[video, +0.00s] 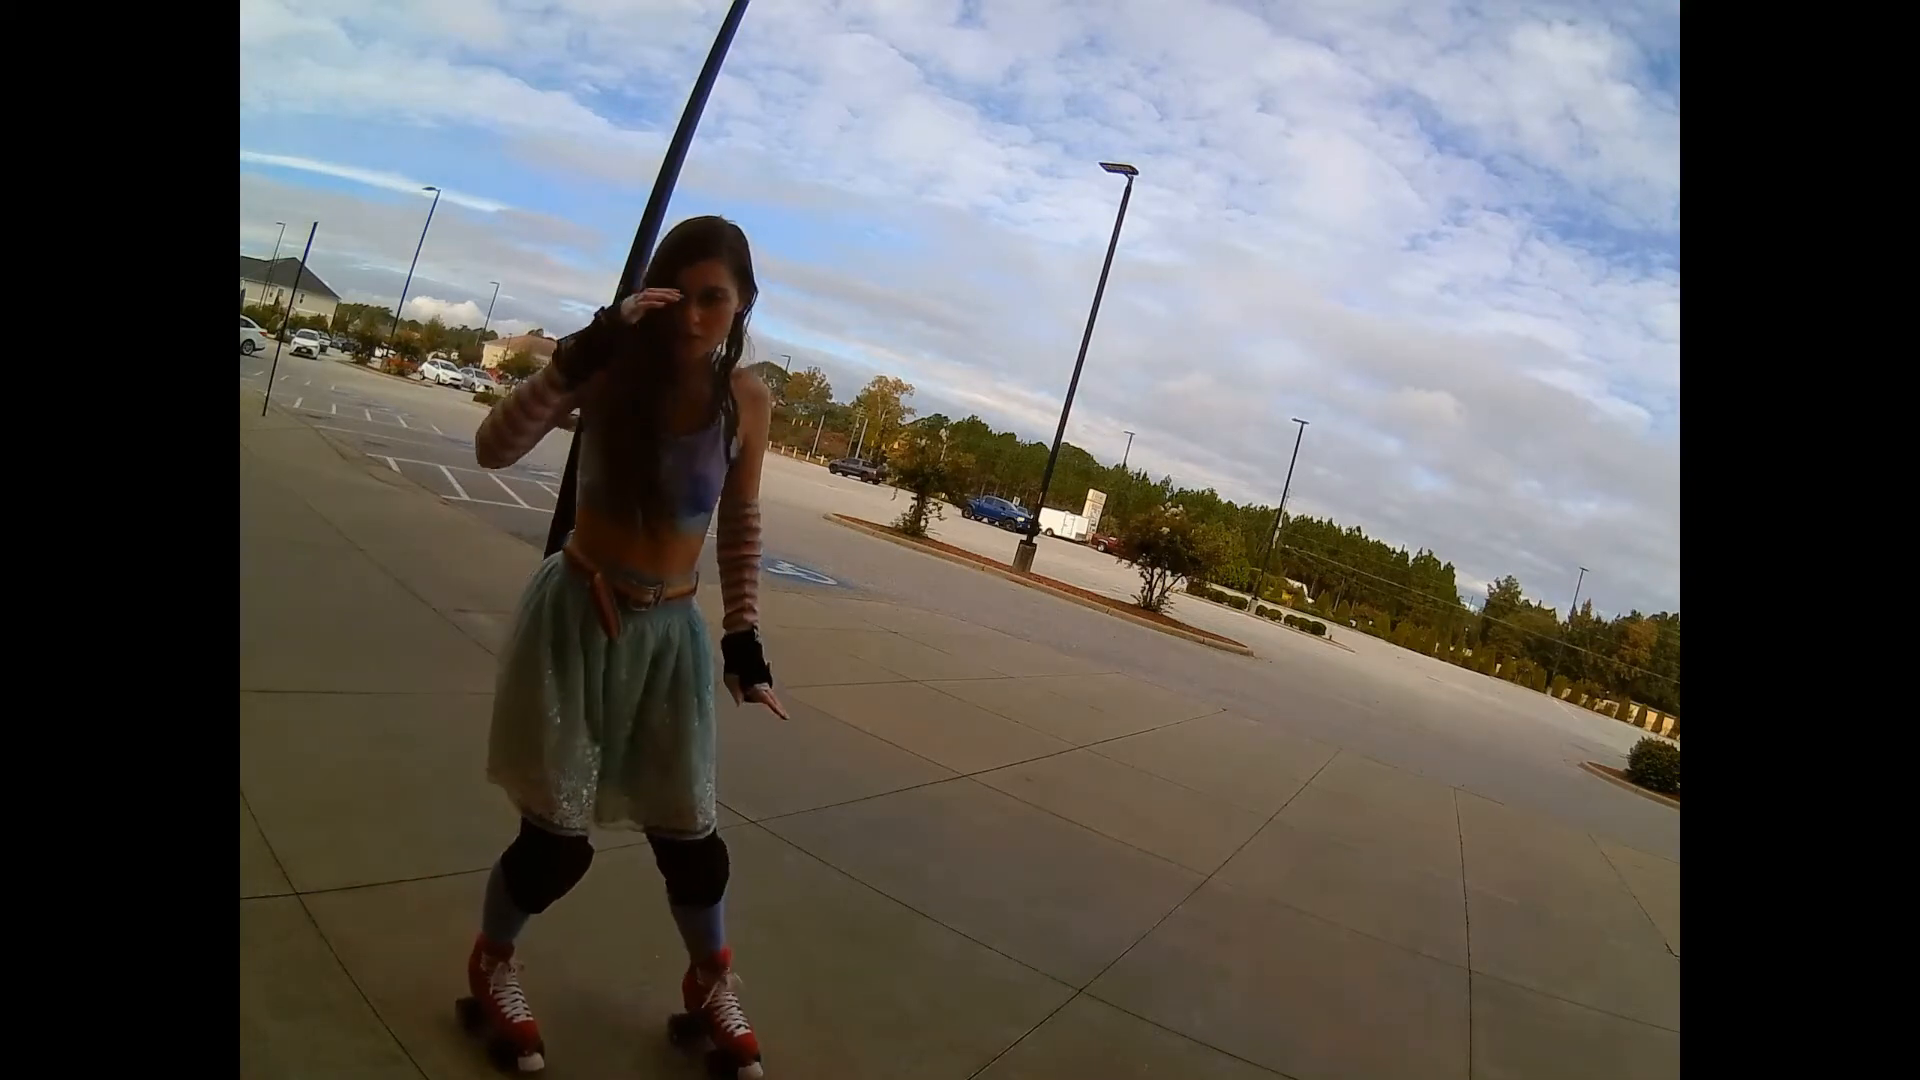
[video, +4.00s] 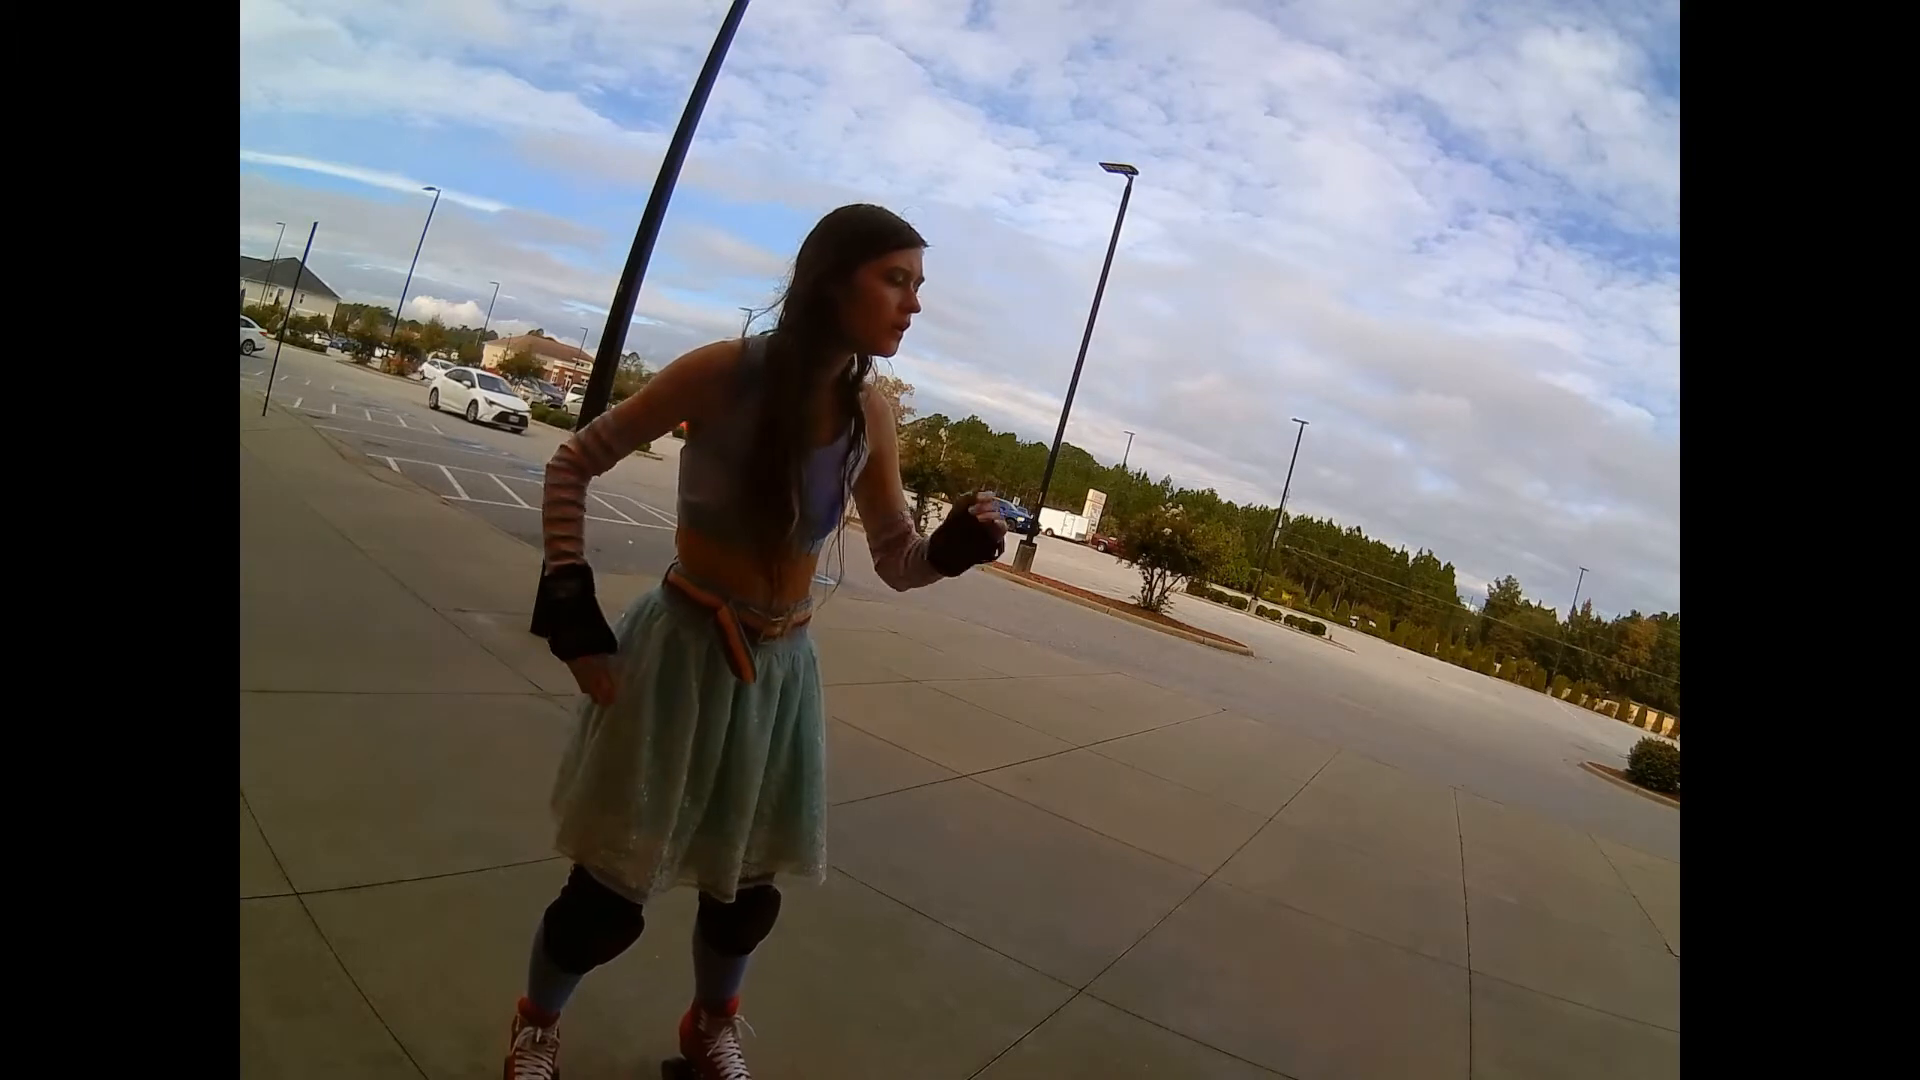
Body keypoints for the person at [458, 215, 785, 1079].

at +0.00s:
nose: (693, 313)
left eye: (714, 299)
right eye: (680, 294)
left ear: (741, 307)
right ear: (653, 293)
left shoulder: (744, 399)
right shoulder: (607, 363)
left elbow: (741, 523)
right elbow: (495, 449)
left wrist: (742, 634)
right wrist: (593, 348)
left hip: (672, 629)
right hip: (574, 615)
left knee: (694, 848)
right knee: (557, 847)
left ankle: (711, 990)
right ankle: (491, 964)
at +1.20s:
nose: (778, 316)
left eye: (803, 302)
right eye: (765, 290)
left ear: (824, 315)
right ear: (730, 285)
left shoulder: (813, 405)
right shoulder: (670, 364)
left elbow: (797, 524)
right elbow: (544, 454)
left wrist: (809, 552)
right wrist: (597, 374)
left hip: (726, 631)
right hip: (630, 616)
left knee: (692, 844)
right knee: (579, 854)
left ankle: (656, 973)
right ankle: (535, 1004)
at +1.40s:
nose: (767, 322)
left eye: (792, 307)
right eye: (755, 295)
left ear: (816, 319)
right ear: (722, 288)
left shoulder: (795, 408)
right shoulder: (660, 367)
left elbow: (808, 550)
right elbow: (532, 468)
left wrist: (810, 435)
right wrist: (583, 367)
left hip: (720, 637)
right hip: (625, 624)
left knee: (686, 848)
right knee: (582, 866)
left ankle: (650, 967)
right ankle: (536, 1016)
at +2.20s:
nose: (774, 327)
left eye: (799, 304)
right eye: (755, 300)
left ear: (832, 317)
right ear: (723, 300)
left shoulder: (818, 414)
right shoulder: (658, 384)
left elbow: (784, 568)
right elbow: (533, 516)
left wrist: (771, 514)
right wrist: (537, 479)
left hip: (713, 647)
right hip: (616, 637)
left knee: (694, 868)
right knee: (590, 895)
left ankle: (663, 990)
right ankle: (536, 1041)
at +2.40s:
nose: (797, 325)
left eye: (821, 305)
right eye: (778, 299)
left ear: (850, 319)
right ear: (743, 299)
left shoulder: (829, 417)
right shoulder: (675, 381)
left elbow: (801, 578)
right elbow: (566, 498)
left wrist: (775, 492)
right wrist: (570, 564)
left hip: (721, 651)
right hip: (623, 640)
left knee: (700, 877)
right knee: (591, 904)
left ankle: (674, 998)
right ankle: (535, 1043)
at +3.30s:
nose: (858, 290)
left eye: (883, 276)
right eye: (838, 267)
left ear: (905, 305)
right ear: (800, 280)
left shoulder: (890, 413)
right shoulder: (727, 367)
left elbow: (879, 518)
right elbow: (582, 425)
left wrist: (842, 612)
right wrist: (573, 560)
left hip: (778, 673)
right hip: (668, 647)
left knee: (747, 900)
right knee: (601, 897)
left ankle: (719, 1034)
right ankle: (536, 1035)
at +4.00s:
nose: (914, 302)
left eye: (918, 284)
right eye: (898, 281)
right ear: (834, 283)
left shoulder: (870, 409)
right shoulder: (724, 376)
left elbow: (897, 558)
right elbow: (572, 463)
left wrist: (955, 549)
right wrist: (572, 612)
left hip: (781, 669)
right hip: (683, 652)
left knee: (746, 893)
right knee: (610, 896)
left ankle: (711, 1032)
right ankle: (538, 1027)